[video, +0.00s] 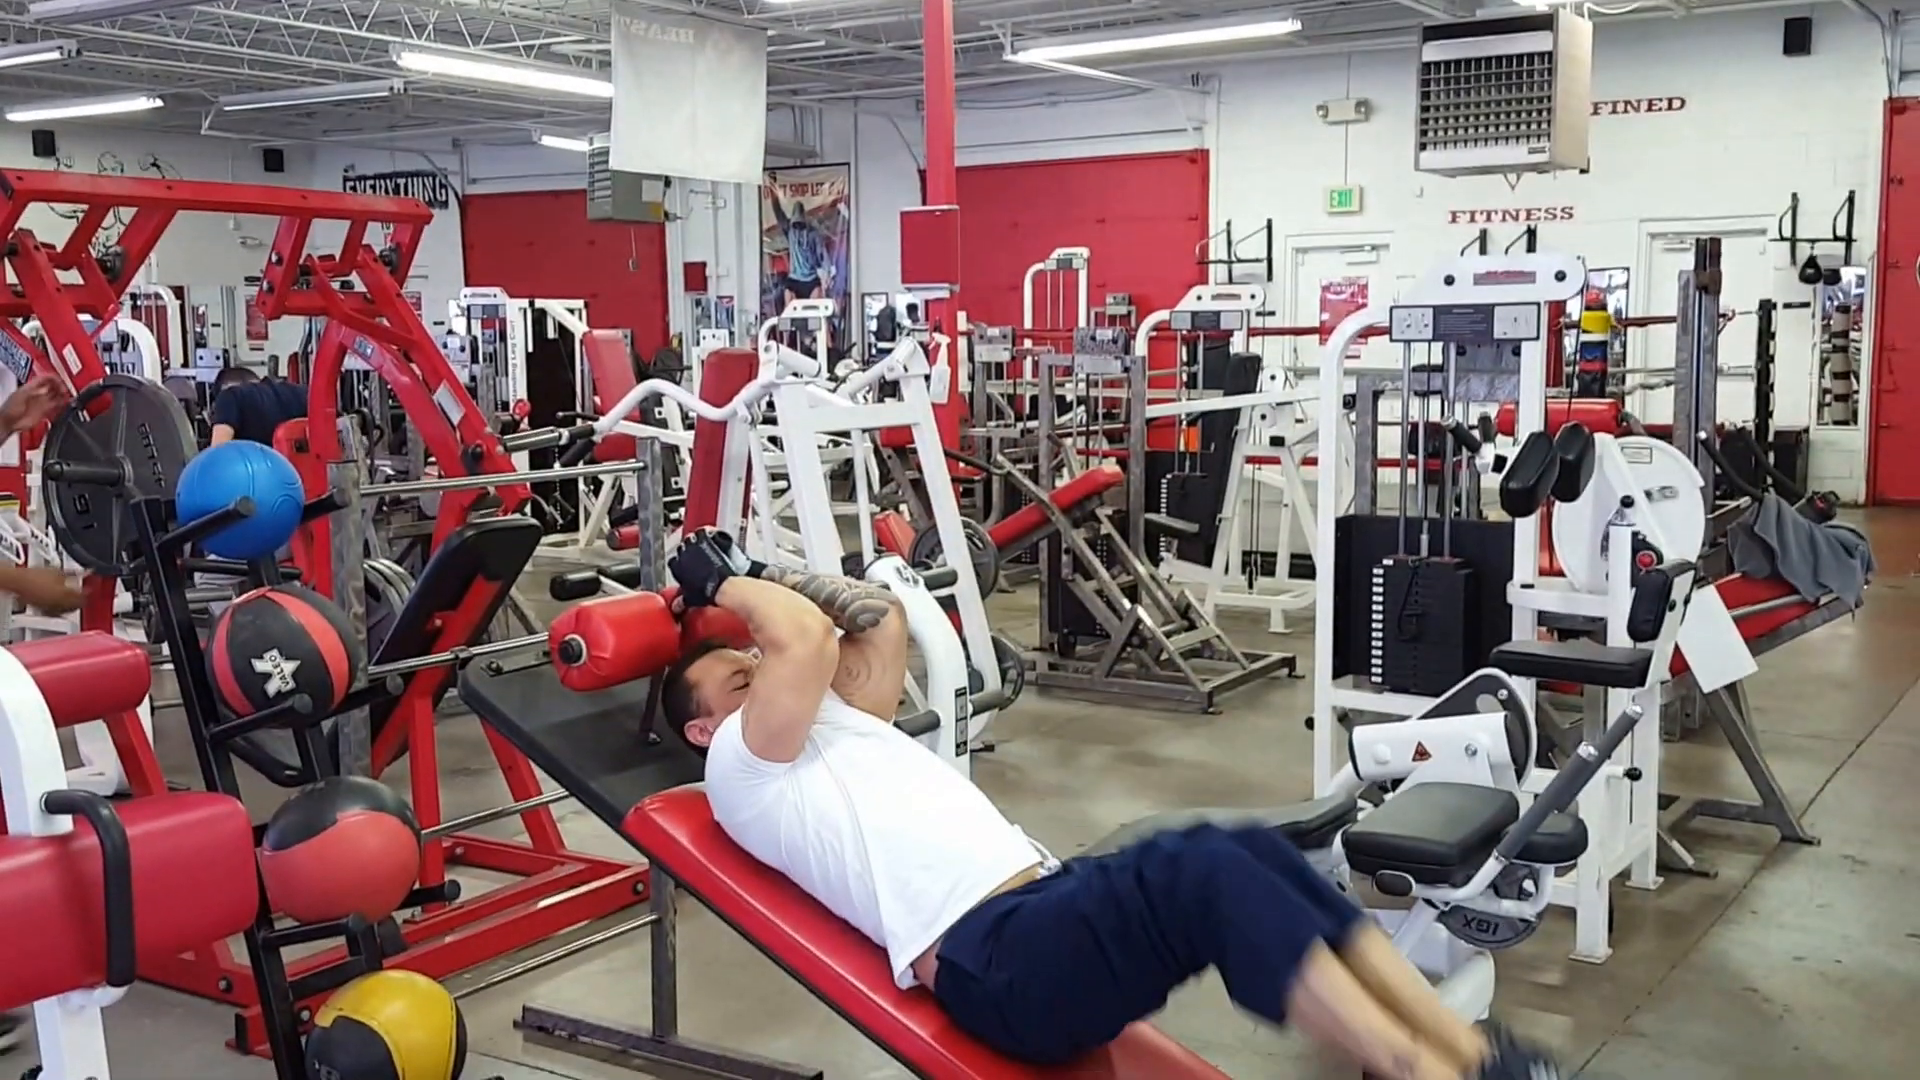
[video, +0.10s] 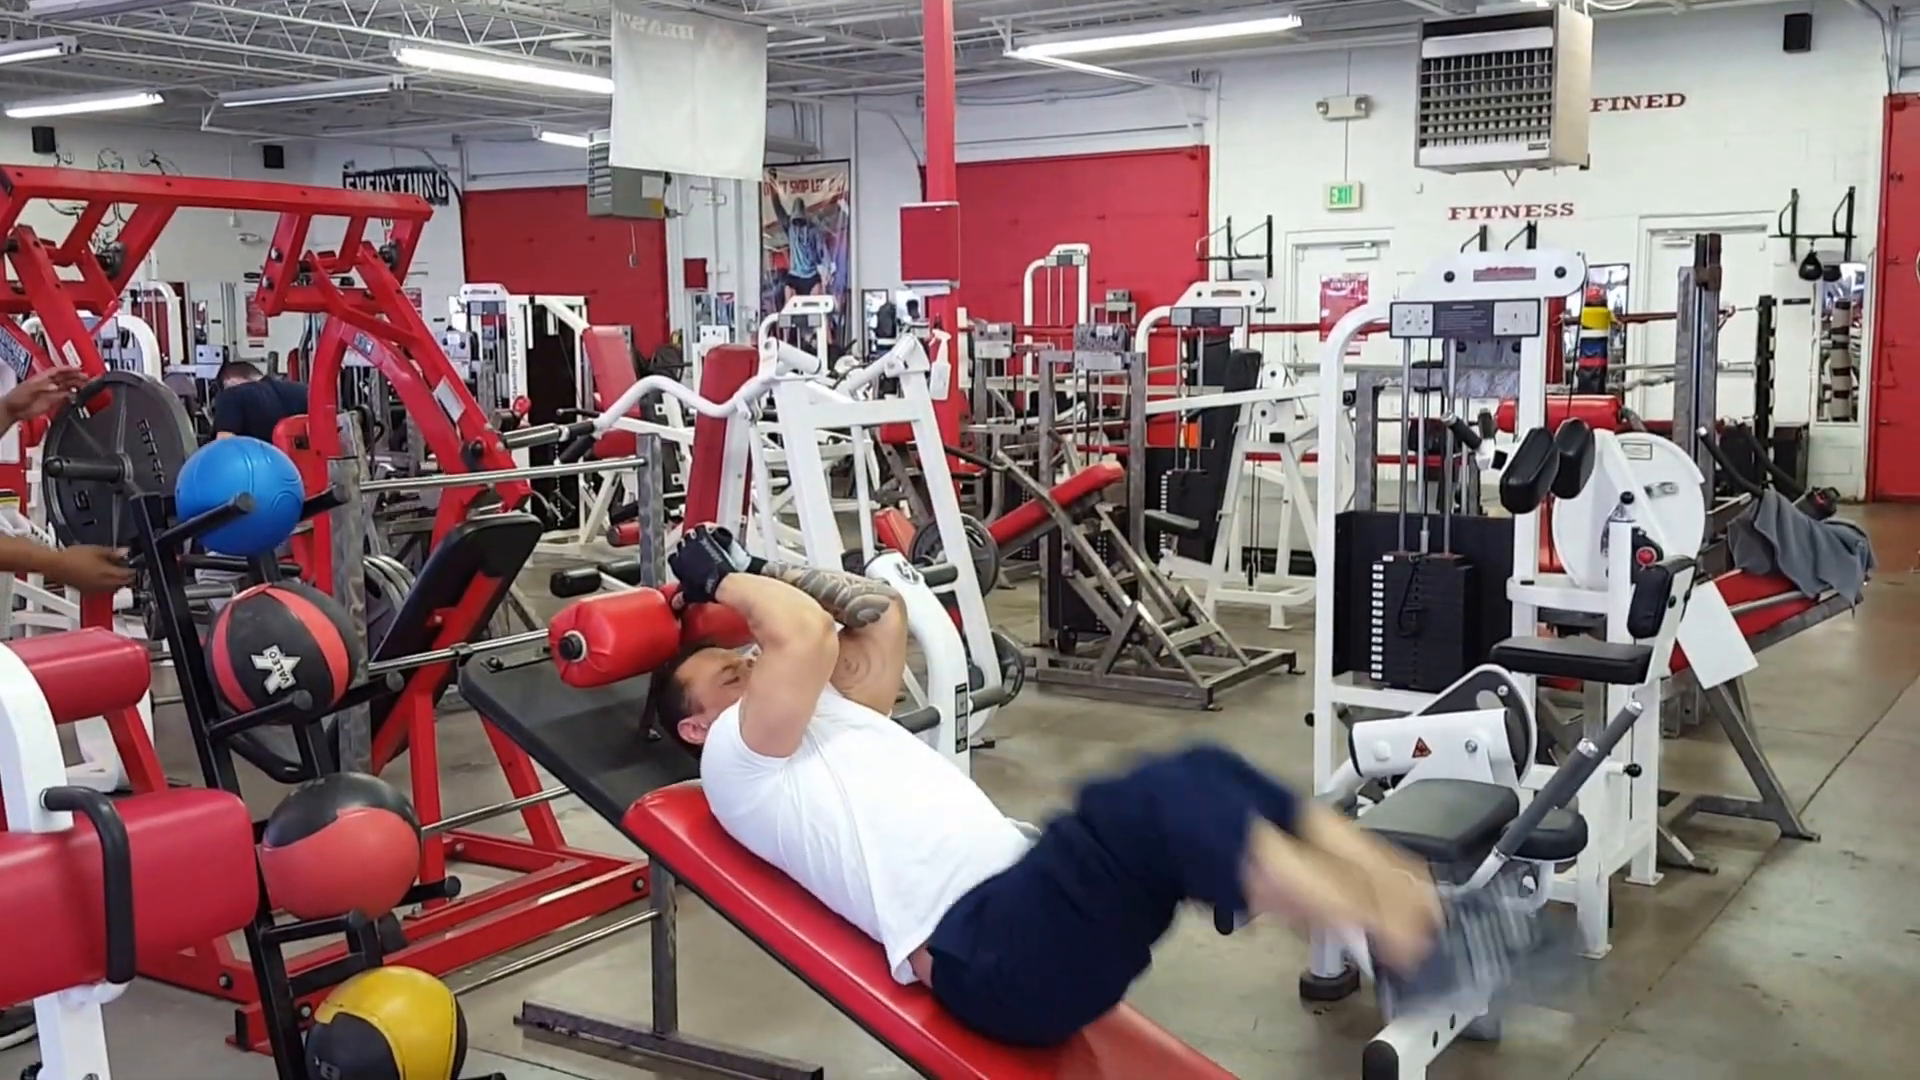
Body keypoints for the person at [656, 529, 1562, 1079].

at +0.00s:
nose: (747, 682)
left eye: (740, 671)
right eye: (724, 683)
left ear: (757, 678)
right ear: (699, 724)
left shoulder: (846, 725)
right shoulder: (737, 771)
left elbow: (884, 613)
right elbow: (800, 633)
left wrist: (773, 600)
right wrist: (721, 583)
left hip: (1056, 905)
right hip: (986, 959)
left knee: (1265, 848)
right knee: (1212, 866)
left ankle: (1472, 1052)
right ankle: (1407, 1066)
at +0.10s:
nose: (740, 672)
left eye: (731, 663)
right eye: (718, 674)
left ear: (748, 681)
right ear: (697, 722)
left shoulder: (842, 721)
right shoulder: (736, 767)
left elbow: (882, 609)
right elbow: (799, 627)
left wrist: (785, 603)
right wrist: (716, 578)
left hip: (1047, 912)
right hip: (985, 956)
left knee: (1209, 770)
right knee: (1155, 798)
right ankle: (1389, 938)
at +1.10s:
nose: (718, 643)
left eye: (713, 637)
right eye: (697, 651)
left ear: (733, 642)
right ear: (678, 706)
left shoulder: (811, 686)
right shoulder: (714, 729)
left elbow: (846, 621)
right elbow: (792, 603)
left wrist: (763, 572)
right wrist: (717, 545)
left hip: (1058, 787)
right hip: (991, 829)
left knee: (939, 585)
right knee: (883, 595)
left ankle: (1108, 468)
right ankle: (1095, 463)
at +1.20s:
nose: (719, 637)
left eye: (711, 631)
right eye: (698, 643)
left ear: (726, 643)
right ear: (680, 693)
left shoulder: (813, 695)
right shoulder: (721, 722)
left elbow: (878, 619)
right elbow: (793, 600)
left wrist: (799, 568)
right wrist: (717, 547)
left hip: (1036, 834)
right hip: (989, 868)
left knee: (966, 611)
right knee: (945, 618)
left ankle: (1189, 600)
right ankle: (1189, 592)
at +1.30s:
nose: (740, 632)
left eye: (733, 622)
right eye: (717, 634)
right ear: (694, 682)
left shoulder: (830, 682)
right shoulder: (728, 726)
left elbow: (884, 586)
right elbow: (799, 594)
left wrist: (784, 554)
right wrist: (718, 544)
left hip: (1035, 851)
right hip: (975, 890)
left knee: (1067, 611)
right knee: (1013, 649)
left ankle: (1276, 716)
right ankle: (1256, 745)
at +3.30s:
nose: (719, 618)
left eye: (712, 611)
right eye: (698, 620)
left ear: (731, 627)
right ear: (680, 666)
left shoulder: (822, 665)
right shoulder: (720, 710)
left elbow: (867, 561)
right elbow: (783, 575)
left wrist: (771, 559)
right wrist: (706, 526)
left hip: (1031, 869)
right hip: (965, 900)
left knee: (1154, 677)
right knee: (1087, 708)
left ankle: (1323, 901)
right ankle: (1271, 922)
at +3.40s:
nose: (733, 615)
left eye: (725, 610)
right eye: (705, 621)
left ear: (745, 623)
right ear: (688, 664)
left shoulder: (829, 660)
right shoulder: (725, 704)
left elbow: (870, 557)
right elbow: (782, 567)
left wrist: (767, 524)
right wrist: (709, 520)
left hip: (1041, 839)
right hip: (978, 888)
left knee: (1216, 729)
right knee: (1148, 759)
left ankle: (1355, 983)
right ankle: (1305, 1005)